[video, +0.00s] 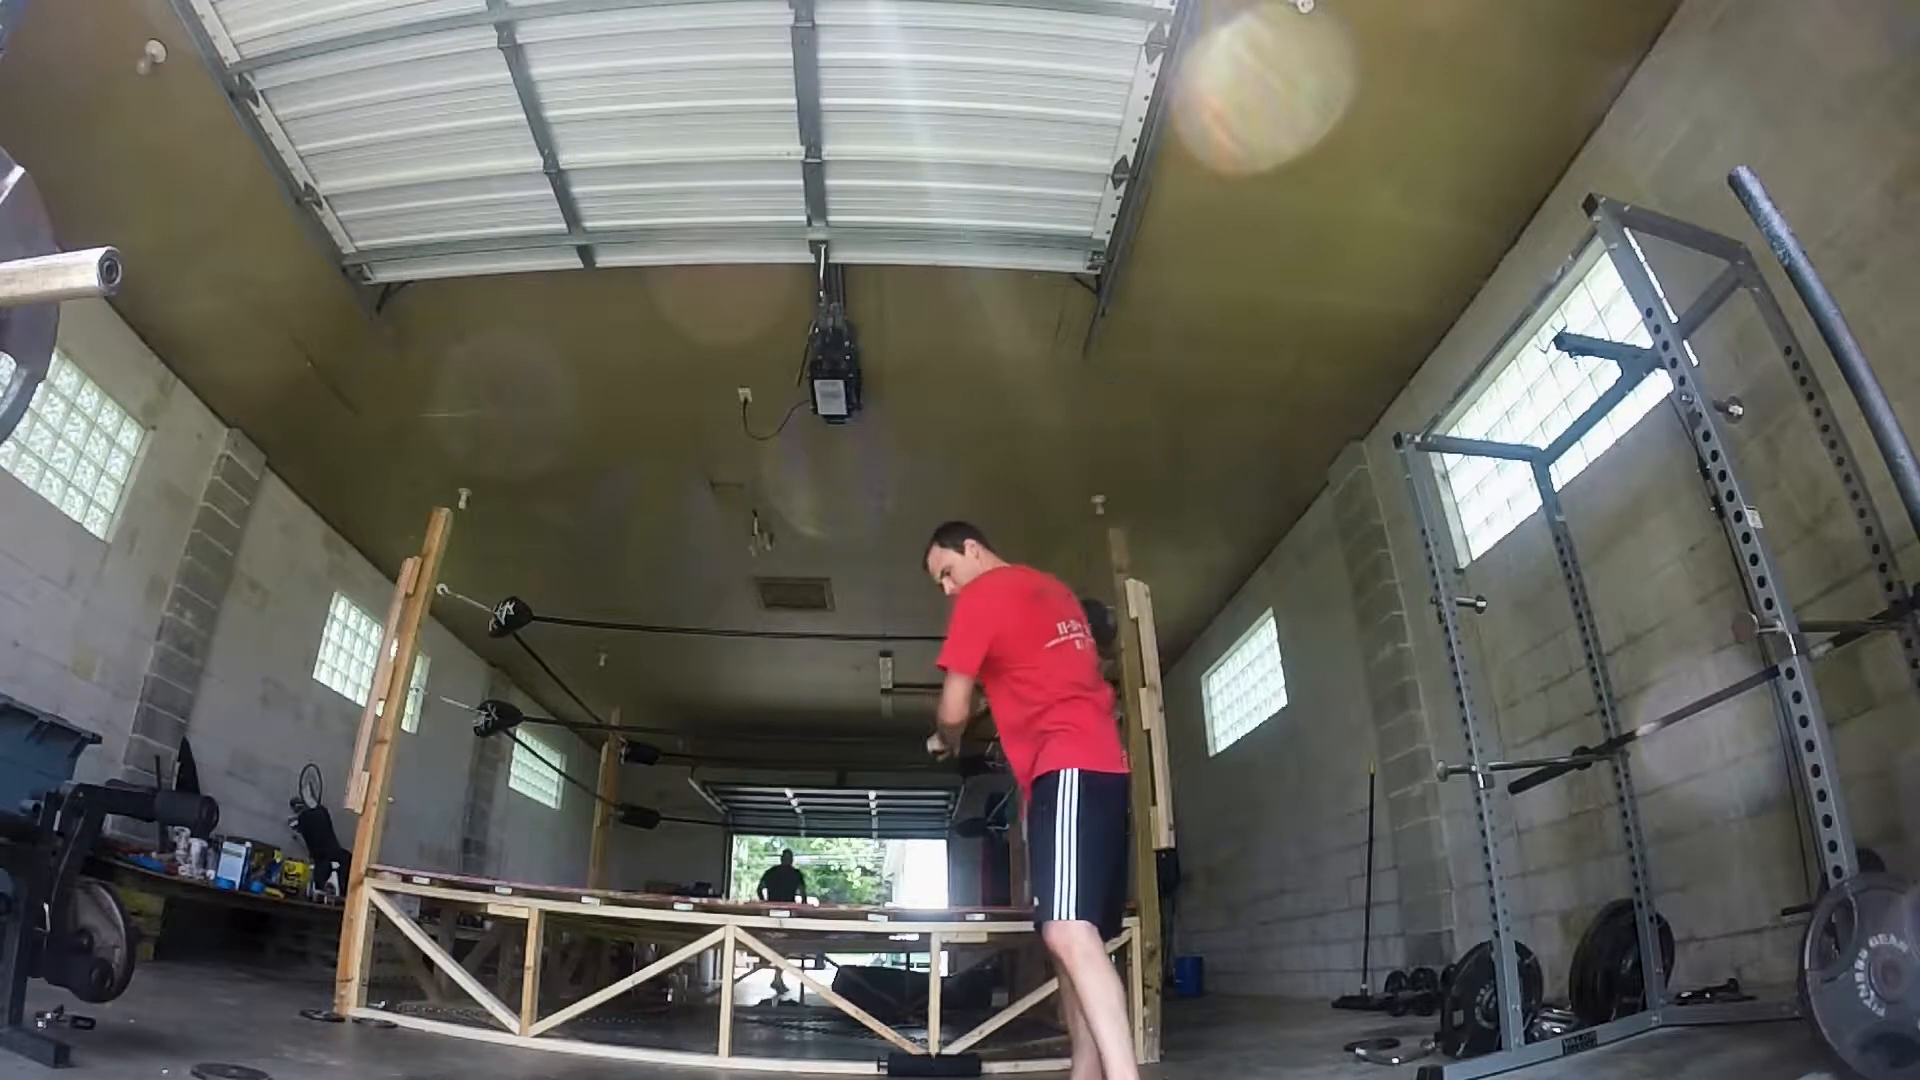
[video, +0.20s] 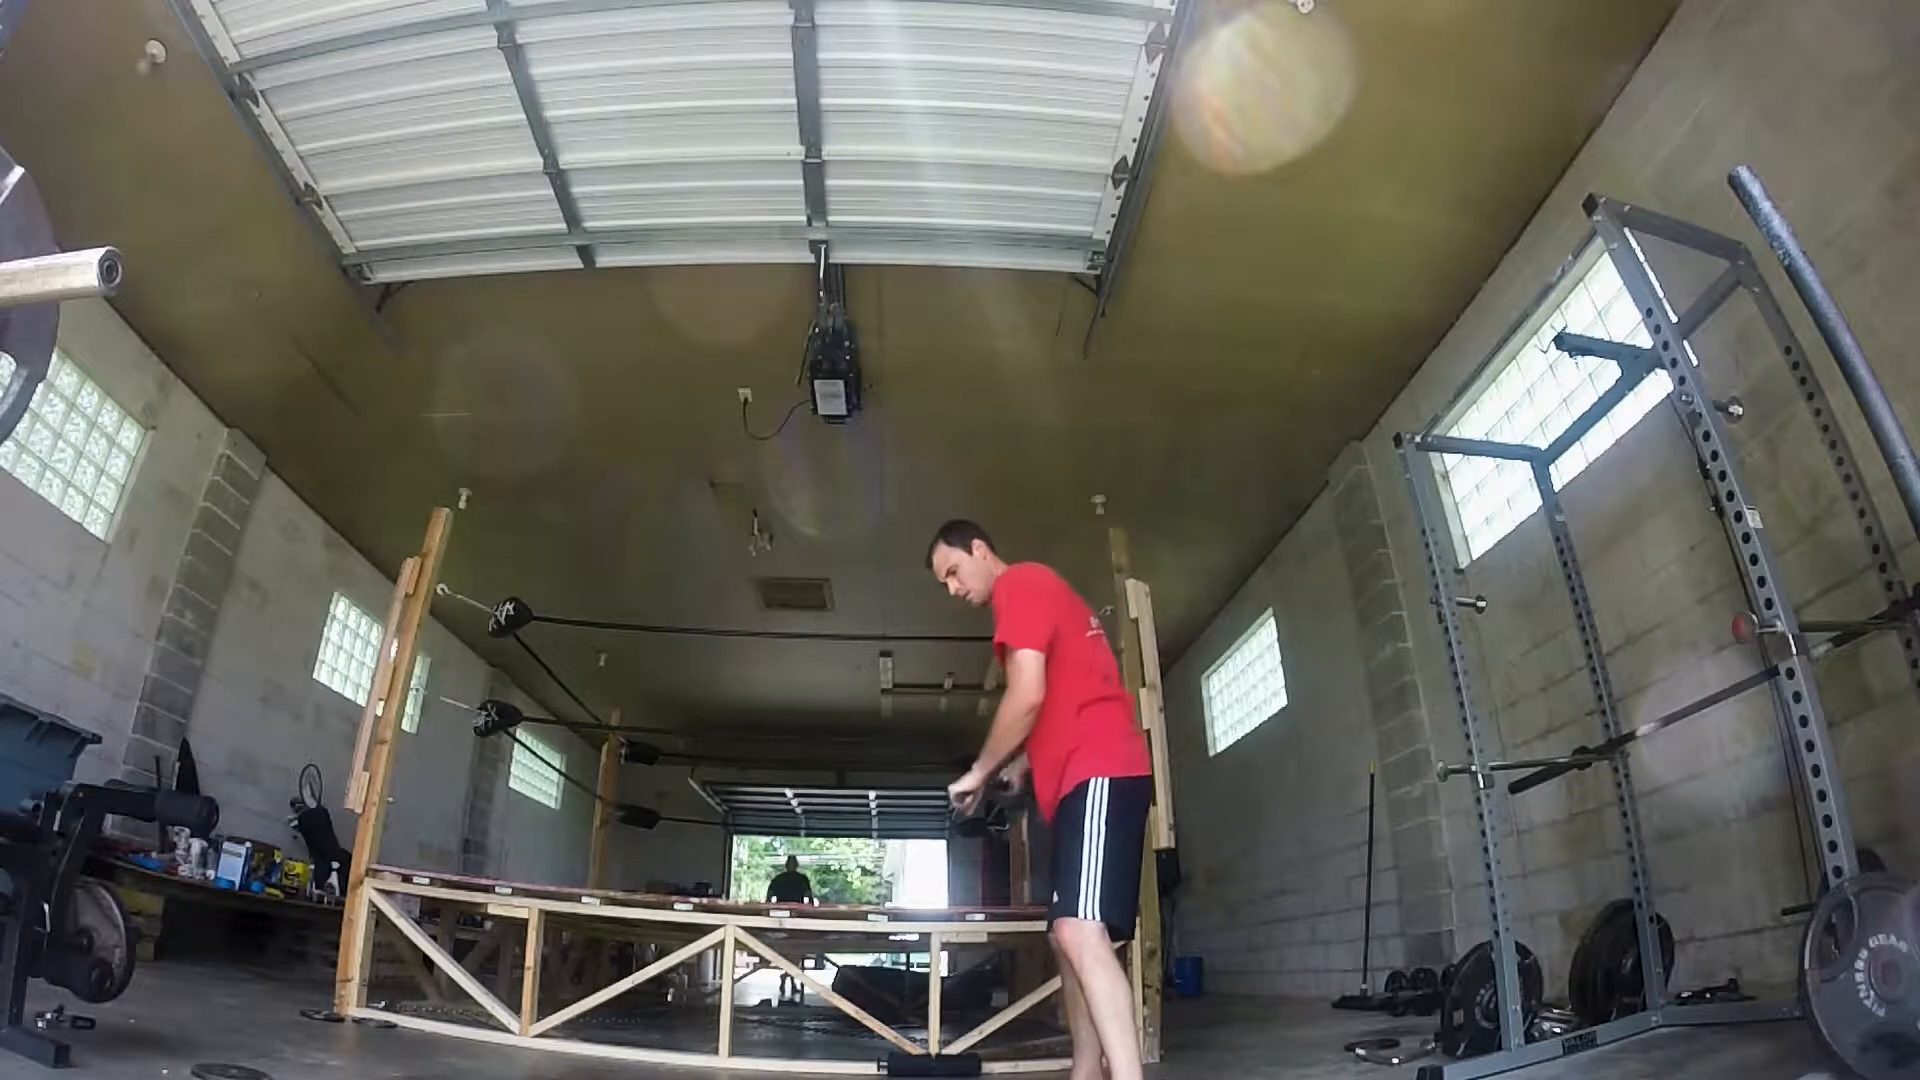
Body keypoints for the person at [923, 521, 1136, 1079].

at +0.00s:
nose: (947, 588)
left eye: (945, 573)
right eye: (940, 581)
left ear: (972, 547)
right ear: (980, 551)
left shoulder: (981, 595)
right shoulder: (1052, 585)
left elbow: (954, 710)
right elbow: (1078, 675)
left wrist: (944, 740)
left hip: (1068, 768)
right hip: (1101, 765)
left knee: (1068, 931)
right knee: (1074, 934)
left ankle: (1124, 1074)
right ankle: (1086, 1073)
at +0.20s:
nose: (952, 588)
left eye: (951, 572)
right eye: (944, 581)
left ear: (980, 549)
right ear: (969, 564)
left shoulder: (1022, 583)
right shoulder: (1029, 591)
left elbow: (1027, 694)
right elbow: (1066, 701)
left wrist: (980, 770)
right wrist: (1022, 762)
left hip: (1103, 768)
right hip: (1087, 772)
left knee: (1081, 930)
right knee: (1068, 933)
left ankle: (1128, 1075)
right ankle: (1087, 1071)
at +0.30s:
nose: (956, 586)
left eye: (956, 570)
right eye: (947, 581)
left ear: (984, 548)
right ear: (959, 578)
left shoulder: (1040, 576)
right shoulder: (1016, 638)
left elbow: (1075, 668)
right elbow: (1036, 734)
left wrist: (1019, 758)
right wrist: (1005, 800)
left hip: (1118, 768)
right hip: (1081, 784)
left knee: (1092, 927)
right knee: (1066, 935)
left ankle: (1131, 1074)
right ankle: (1087, 1072)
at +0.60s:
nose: (966, 575)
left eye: (966, 557)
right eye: (957, 570)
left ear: (993, 533)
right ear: (962, 571)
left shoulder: (1092, 554)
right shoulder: (994, 644)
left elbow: (1188, 580)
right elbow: (992, 742)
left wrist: (1169, 625)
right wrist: (951, 827)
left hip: (1135, 759)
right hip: (1074, 783)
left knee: (1110, 922)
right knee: (1063, 942)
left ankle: (1140, 1076)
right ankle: (1086, 1074)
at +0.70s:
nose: (967, 570)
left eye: (966, 552)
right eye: (956, 565)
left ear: (993, 528)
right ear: (958, 568)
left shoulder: (1093, 552)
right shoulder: (988, 634)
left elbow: (1175, 579)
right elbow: (992, 715)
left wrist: (1174, 609)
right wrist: (965, 789)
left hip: (1134, 754)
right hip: (1071, 776)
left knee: (1110, 920)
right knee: (1060, 941)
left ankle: (1140, 1076)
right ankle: (1085, 1073)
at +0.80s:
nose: (964, 568)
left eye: (964, 550)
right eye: (954, 563)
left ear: (991, 526)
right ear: (954, 565)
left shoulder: (1089, 552)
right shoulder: (983, 625)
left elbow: (1152, 593)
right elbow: (997, 690)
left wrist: (1169, 611)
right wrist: (994, 744)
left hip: (1133, 751)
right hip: (1067, 772)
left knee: (1108, 919)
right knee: (1056, 941)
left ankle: (1140, 1076)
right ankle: (1083, 1073)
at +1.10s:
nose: (950, 574)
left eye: (950, 557)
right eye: (941, 569)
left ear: (979, 528)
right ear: (944, 569)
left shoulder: (1077, 552)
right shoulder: (973, 623)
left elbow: (1137, 595)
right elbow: (1005, 667)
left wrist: (1182, 601)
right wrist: (1043, 693)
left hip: (1125, 753)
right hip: (1060, 779)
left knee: (1106, 920)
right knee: (1047, 940)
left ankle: (1137, 1075)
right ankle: (1080, 1069)